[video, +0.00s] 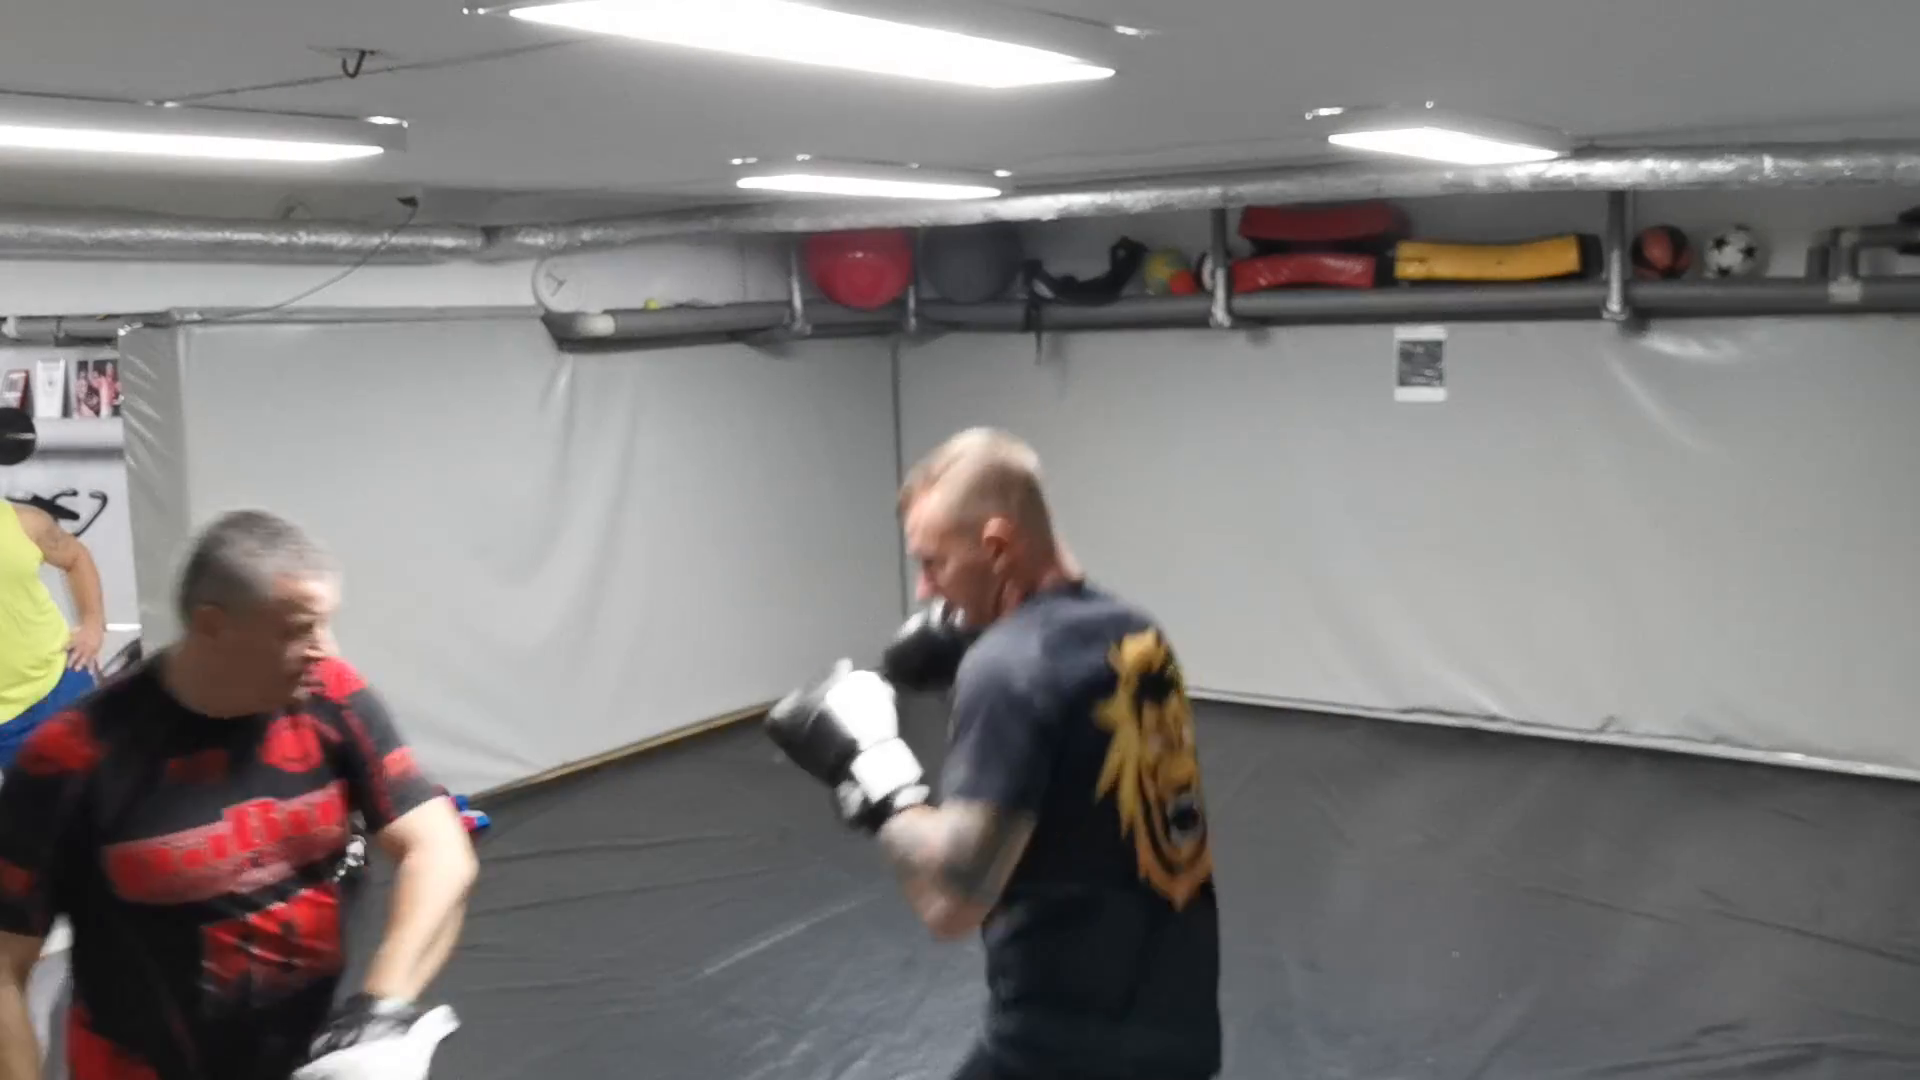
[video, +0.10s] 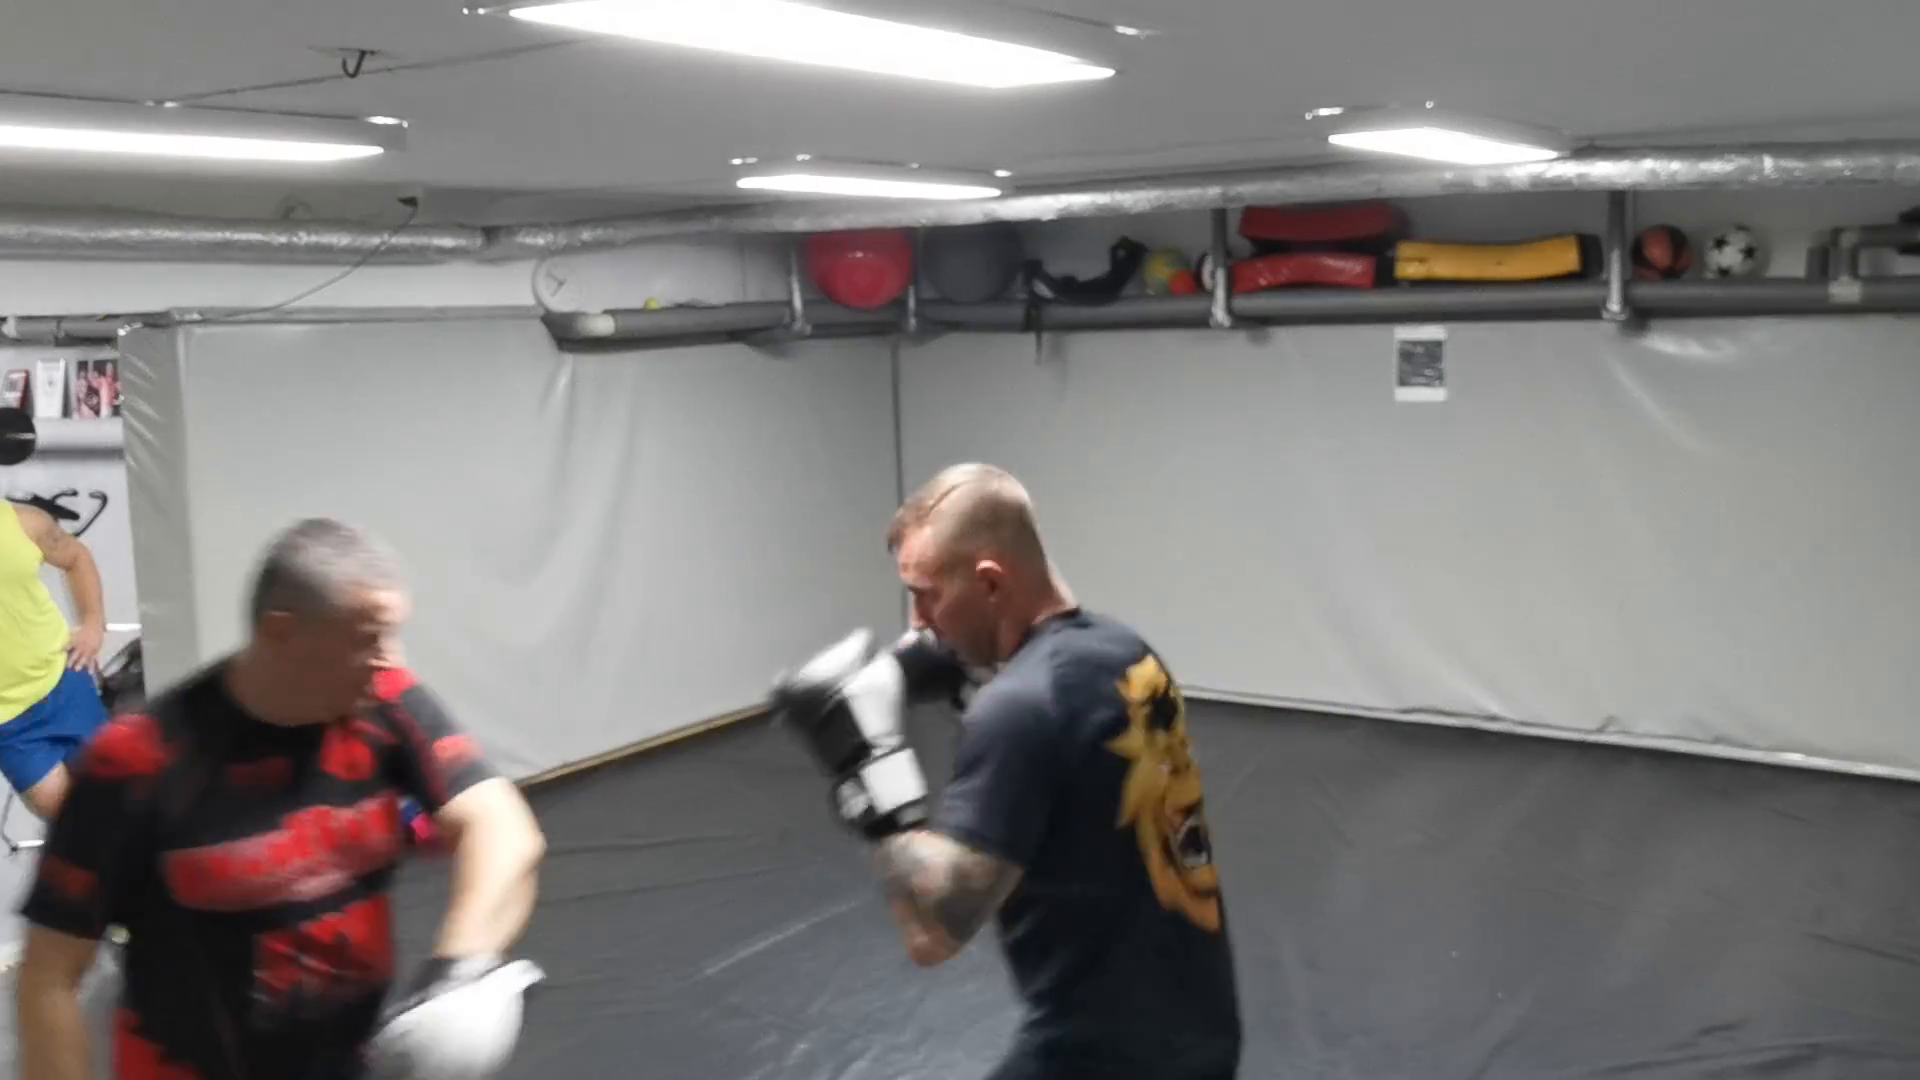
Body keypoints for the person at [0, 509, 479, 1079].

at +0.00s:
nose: (321, 650)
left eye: (323, 626)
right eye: (296, 631)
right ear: (211, 626)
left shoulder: (330, 699)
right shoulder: (70, 759)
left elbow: (442, 853)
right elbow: (8, 965)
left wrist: (378, 1012)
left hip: (304, 1054)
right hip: (140, 1063)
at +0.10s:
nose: (386, 664)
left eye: (389, 640)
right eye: (366, 642)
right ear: (280, 634)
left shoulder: (386, 706)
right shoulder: (131, 765)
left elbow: (504, 832)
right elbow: (45, 979)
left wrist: (463, 975)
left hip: (350, 1058)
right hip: (189, 1066)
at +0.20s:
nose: (468, 668)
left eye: (471, 642)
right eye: (449, 643)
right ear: (361, 634)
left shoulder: (466, 715)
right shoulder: (216, 765)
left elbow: (588, 808)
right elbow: (131, 978)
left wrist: (585, 931)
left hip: (413, 1059)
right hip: (255, 1062)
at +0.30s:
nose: (549, 651)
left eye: (553, 627)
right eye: (533, 629)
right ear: (448, 622)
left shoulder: (545, 701)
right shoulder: (297, 753)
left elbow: (691, 772)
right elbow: (224, 966)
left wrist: (725, 886)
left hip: (499, 1058)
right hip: (345, 1066)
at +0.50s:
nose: (685, 611)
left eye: (687, 589)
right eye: (670, 588)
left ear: (612, 584)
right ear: (587, 582)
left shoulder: (670, 665)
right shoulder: (432, 717)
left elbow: (832, 705)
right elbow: (363, 942)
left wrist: (997, 781)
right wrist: (389, 1079)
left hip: (616, 1050)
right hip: (478, 1060)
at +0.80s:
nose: (857, 633)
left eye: (858, 610)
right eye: (850, 610)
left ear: (786, 610)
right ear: (789, 611)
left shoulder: (813, 686)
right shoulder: (654, 768)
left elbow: (985, 695)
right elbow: (620, 1038)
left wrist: (1170, 722)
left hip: (834, 1042)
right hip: (738, 1059)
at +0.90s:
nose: (915, 626)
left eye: (916, 607)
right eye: (913, 606)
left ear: (851, 604)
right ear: (867, 609)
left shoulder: (843, 685)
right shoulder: (751, 766)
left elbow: (1001, 698)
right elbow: (741, 1040)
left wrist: (1183, 728)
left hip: (885, 1047)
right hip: (816, 1063)